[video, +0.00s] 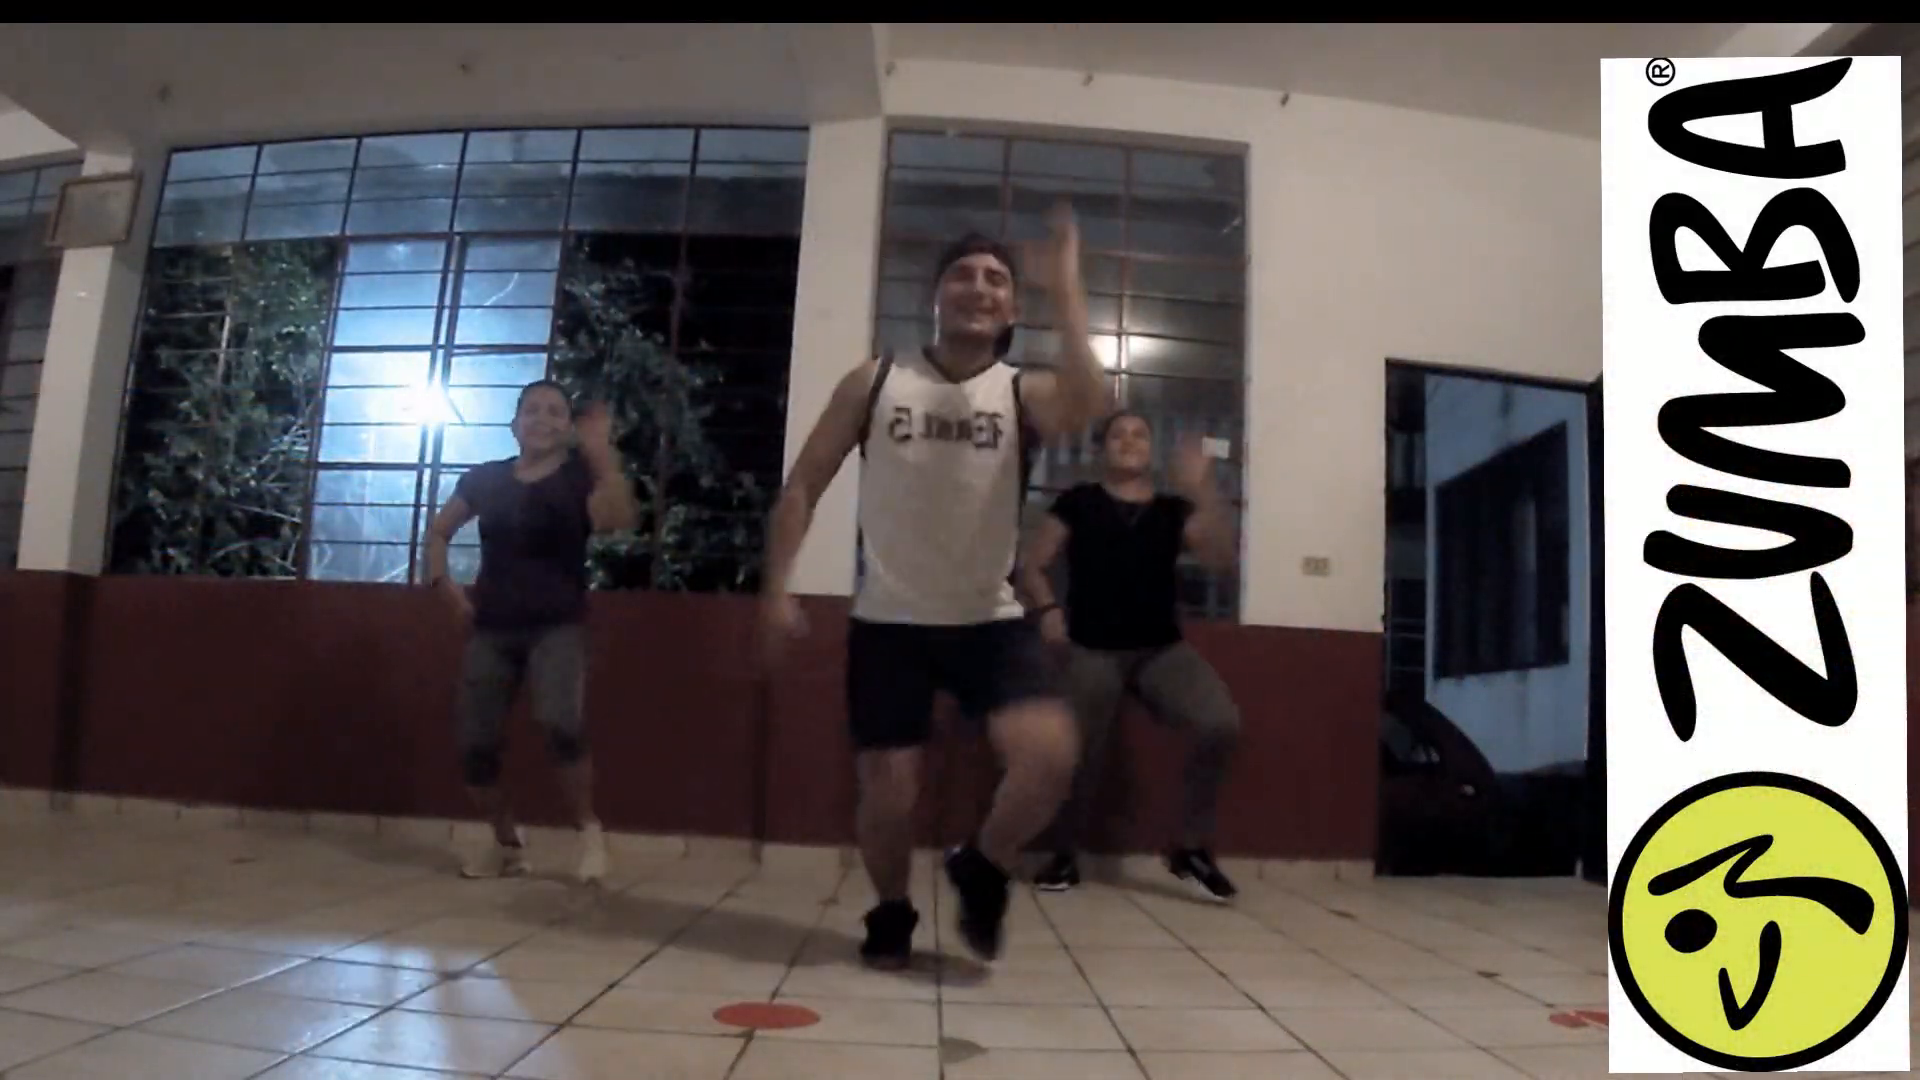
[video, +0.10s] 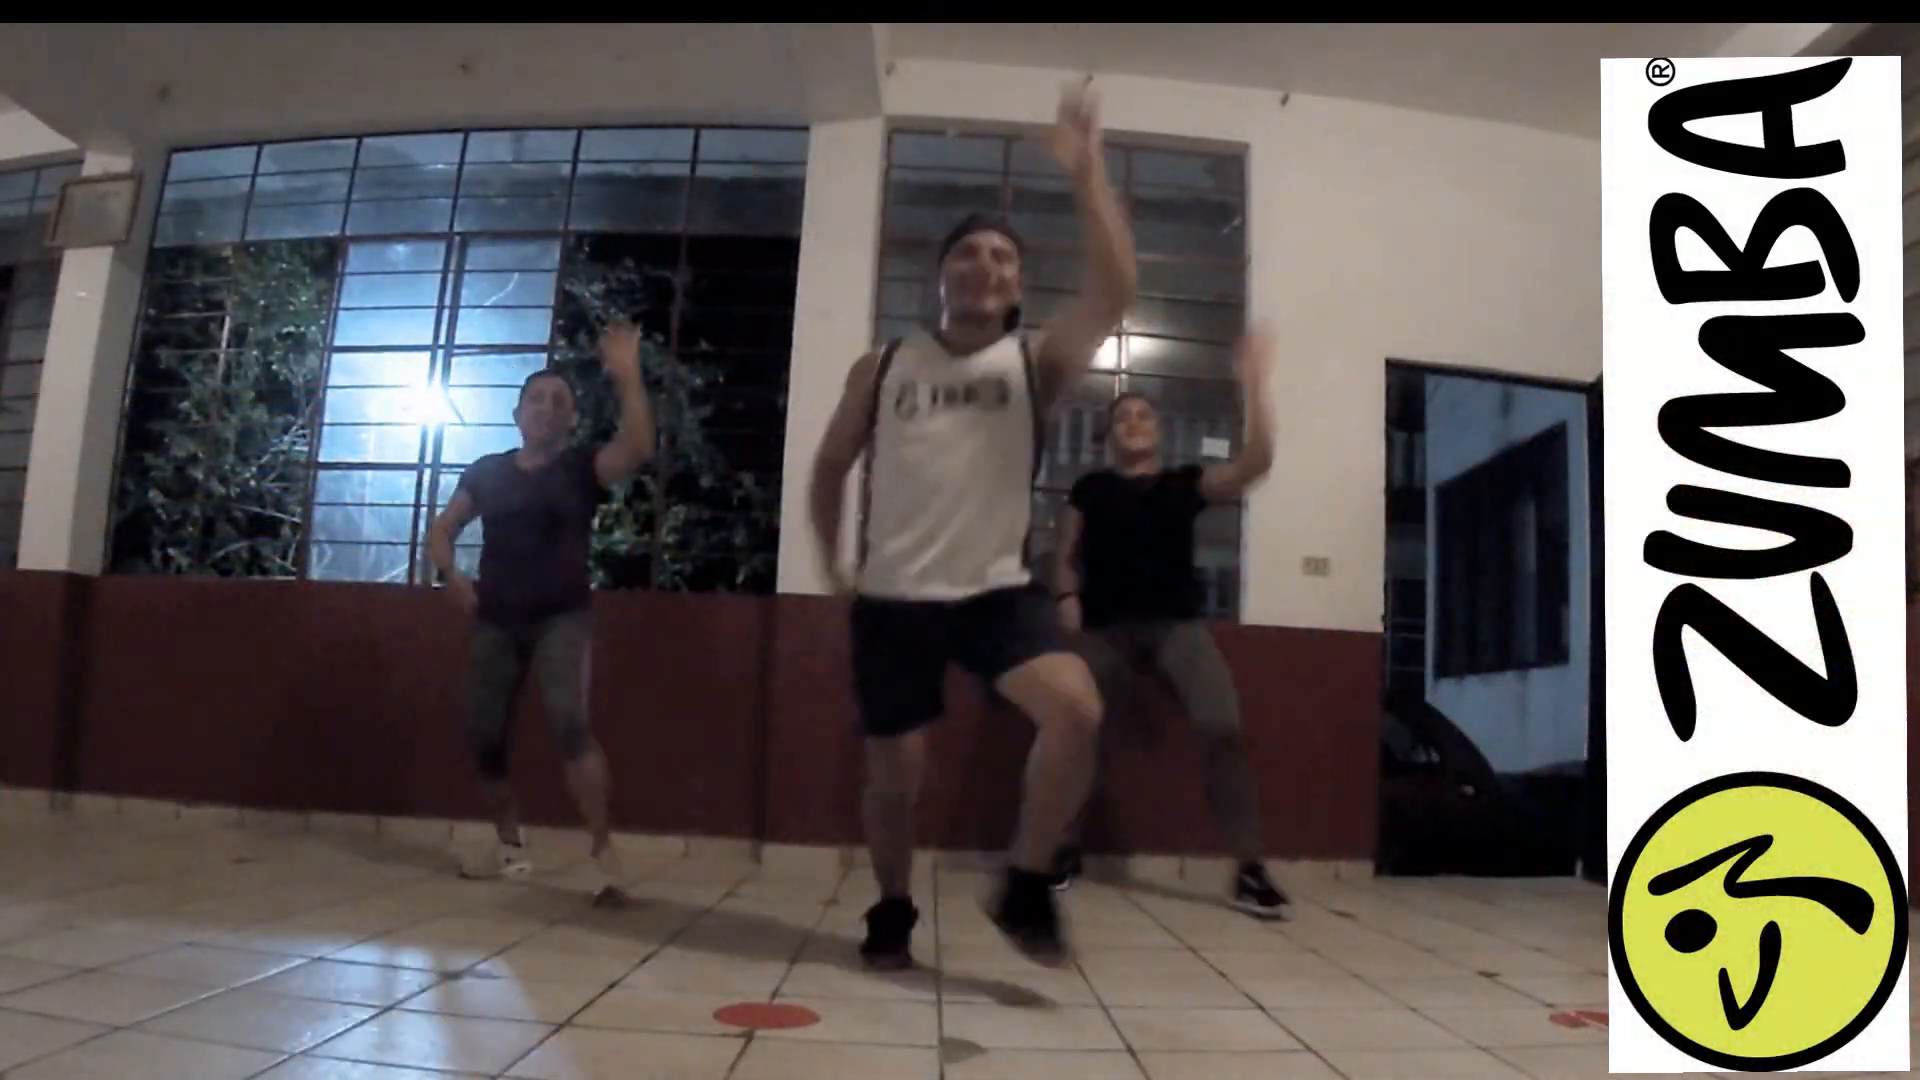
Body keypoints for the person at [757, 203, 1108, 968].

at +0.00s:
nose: (978, 288)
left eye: (994, 280)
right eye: (963, 276)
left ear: (1012, 310)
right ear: (935, 296)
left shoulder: (1021, 390)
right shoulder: (876, 384)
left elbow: (1089, 402)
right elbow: (803, 486)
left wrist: (1067, 293)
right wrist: (778, 587)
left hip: (990, 619)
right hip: (891, 620)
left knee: (1048, 755)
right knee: (888, 784)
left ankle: (982, 866)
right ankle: (891, 910)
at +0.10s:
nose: (986, 268)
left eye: (1002, 259)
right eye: (970, 256)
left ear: (1020, 283)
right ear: (939, 277)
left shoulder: (1034, 365)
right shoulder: (886, 369)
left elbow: (1112, 294)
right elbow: (828, 467)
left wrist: (1086, 172)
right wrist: (834, 567)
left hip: (994, 595)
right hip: (893, 596)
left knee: (1076, 706)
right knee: (894, 764)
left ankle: (1026, 886)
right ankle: (893, 908)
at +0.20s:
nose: (998, 242)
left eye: (1014, 236)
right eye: (981, 233)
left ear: (1033, 264)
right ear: (951, 259)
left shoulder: (1051, 331)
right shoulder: (908, 347)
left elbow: (1115, 216)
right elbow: (858, 456)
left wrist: (1118, 91)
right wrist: (865, 550)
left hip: (1011, 577)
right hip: (904, 577)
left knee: (1059, 746)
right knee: (898, 767)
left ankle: (1102, 938)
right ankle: (894, 907)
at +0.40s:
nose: (1027, 247)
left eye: (1040, 241)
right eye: (1008, 241)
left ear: (1062, 275)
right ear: (981, 277)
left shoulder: (1089, 341)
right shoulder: (942, 380)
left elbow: (1131, 210)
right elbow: (883, 485)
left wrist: (1148, 77)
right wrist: (885, 381)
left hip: (1041, 599)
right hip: (932, 594)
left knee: (1083, 776)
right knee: (836, 755)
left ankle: (1120, 973)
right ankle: (893, 862)